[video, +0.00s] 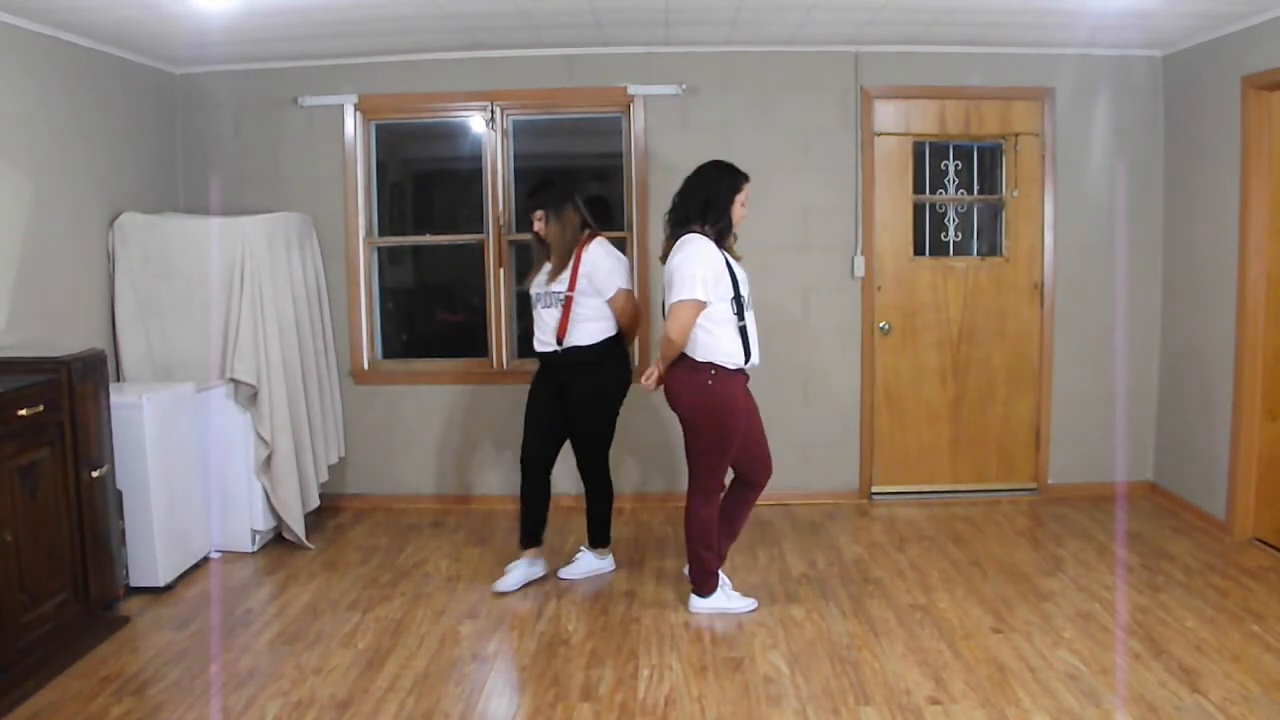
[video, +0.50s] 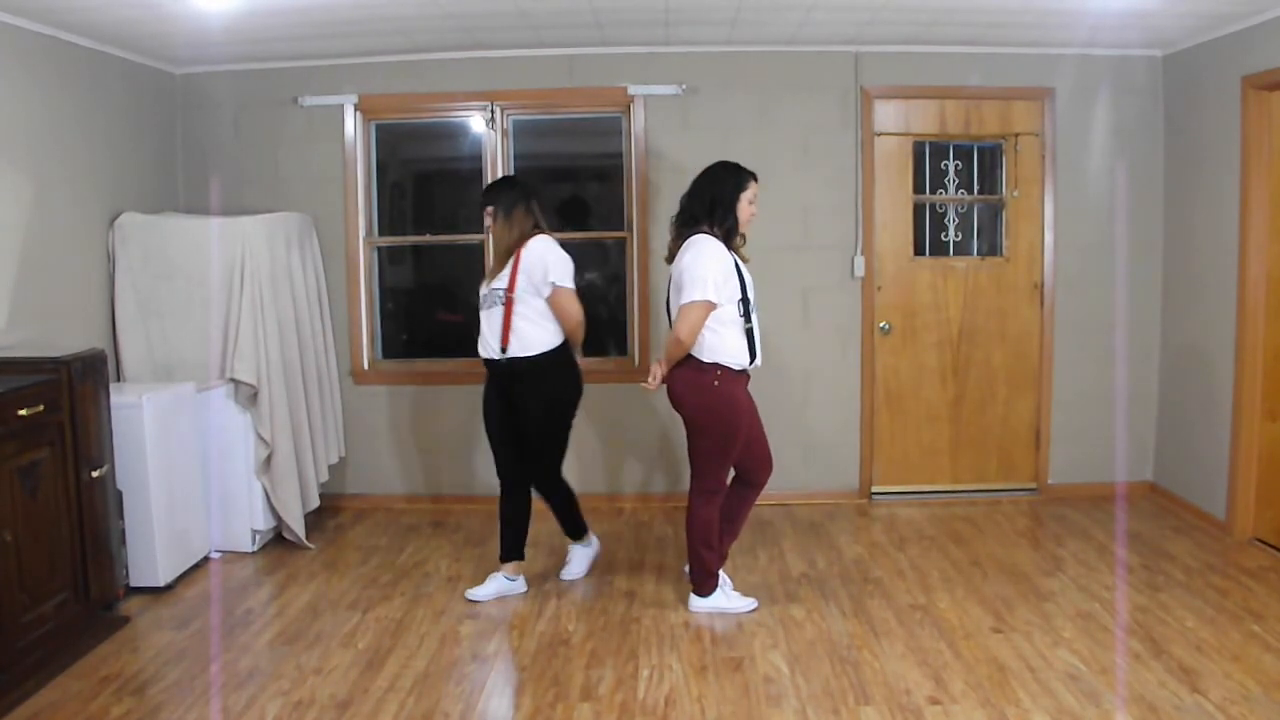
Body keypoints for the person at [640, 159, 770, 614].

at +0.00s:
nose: (746, 211)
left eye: (746, 202)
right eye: (742, 202)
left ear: (714, 201)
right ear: (721, 201)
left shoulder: (713, 249)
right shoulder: (695, 249)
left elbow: (687, 321)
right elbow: (677, 329)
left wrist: (662, 364)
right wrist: (661, 365)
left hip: (726, 378)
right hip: (704, 379)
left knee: (755, 471)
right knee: (707, 484)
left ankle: (707, 564)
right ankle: (705, 589)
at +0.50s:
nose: (754, 210)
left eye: (755, 201)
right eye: (749, 200)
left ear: (722, 200)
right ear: (726, 200)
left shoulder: (718, 249)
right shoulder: (705, 249)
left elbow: (697, 323)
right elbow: (685, 334)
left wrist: (666, 361)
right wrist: (663, 365)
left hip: (726, 378)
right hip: (707, 380)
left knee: (756, 469)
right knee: (709, 484)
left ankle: (708, 565)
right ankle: (704, 589)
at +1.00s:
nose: (746, 209)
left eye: (746, 200)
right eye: (741, 200)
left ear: (716, 202)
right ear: (716, 201)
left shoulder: (714, 250)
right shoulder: (696, 251)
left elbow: (684, 323)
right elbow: (677, 334)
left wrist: (662, 363)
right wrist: (661, 365)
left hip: (725, 379)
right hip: (705, 381)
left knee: (757, 469)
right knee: (709, 485)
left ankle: (710, 565)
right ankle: (705, 589)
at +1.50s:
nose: (746, 210)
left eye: (747, 201)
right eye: (741, 201)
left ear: (715, 203)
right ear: (717, 202)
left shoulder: (715, 252)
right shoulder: (698, 253)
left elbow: (686, 325)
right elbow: (680, 336)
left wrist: (663, 365)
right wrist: (663, 367)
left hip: (727, 380)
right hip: (708, 381)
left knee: (759, 470)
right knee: (707, 488)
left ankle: (713, 564)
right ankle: (705, 589)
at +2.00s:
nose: (752, 210)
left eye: (751, 200)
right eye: (747, 200)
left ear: (721, 201)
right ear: (725, 201)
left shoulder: (721, 251)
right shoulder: (704, 252)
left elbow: (691, 325)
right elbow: (684, 336)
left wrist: (667, 364)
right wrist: (666, 367)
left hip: (731, 382)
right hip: (711, 383)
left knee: (760, 472)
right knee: (710, 488)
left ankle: (710, 564)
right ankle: (705, 590)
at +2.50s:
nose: (773, 197)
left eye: (774, 191)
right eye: (763, 190)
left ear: (773, 202)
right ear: (738, 198)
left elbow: (746, 318)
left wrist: (755, 373)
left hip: (747, 384)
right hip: (722, 383)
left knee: (774, 475)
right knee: (721, 489)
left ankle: (715, 563)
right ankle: (705, 589)